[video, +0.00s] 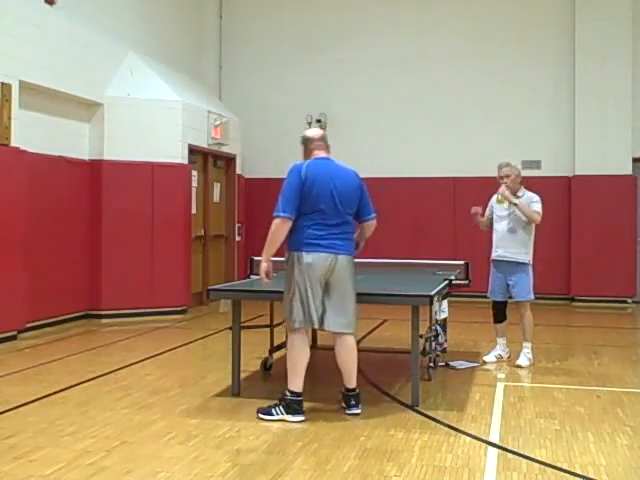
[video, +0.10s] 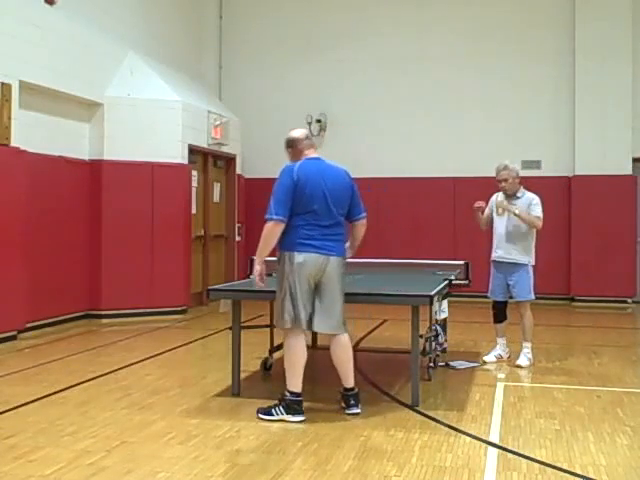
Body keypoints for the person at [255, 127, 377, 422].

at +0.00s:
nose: (302, 152)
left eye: (302, 148)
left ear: (304, 150)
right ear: (329, 148)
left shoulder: (300, 171)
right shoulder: (351, 175)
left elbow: (284, 218)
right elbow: (369, 222)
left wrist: (265, 257)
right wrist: (352, 245)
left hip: (307, 259)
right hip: (343, 260)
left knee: (299, 328)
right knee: (344, 330)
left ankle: (293, 402)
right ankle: (352, 398)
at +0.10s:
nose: (290, 158)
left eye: (288, 154)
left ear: (291, 152)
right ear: (315, 146)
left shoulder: (292, 172)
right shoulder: (342, 174)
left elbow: (277, 220)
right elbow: (360, 220)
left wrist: (259, 259)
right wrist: (351, 248)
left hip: (300, 258)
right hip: (334, 259)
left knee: (295, 329)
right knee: (337, 329)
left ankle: (292, 403)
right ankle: (351, 397)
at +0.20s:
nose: (277, 163)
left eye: (276, 159)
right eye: (276, 160)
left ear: (280, 155)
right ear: (302, 146)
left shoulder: (284, 173)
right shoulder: (333, 173)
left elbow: (270, 223)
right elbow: (351, 217)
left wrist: (252, 263)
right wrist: (339, 253)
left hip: (293, 260)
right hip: (327, 261)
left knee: (291, 329)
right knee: (330, 328)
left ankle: (292, 403)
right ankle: (348, 397)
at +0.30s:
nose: (269, 163)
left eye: (268, 159)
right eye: (268, 159)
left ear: (272, 154)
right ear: (293, 145)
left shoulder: (277, 173)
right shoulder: (326, 172)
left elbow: (265, 223)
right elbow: (342, 217)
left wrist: (247, 264)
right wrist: (327, 250)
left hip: (289, 259)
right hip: (320, 259)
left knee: (288, 329)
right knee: (321, 328)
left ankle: (292, 403)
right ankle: (338, 395)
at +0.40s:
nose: (262, 162)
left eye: (261, 158)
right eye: (261, 158)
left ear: (266, 151)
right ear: (287, 145)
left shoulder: (271, 172)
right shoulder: (319, 172)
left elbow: (259, 222)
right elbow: (334, 216)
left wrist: (243, 262)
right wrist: (318, 244)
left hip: (286, 259)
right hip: (317, 258)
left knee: (287, 331)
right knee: (311, 328)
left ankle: (292, 402)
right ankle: (322, 393)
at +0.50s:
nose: (257, 162)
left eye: (256, 158)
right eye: (256, 158)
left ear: (260, 151)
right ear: (281, 145)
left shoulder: (267, 172)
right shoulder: (312, 172)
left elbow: (255, 222)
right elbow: (325, 216)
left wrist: (240, 261)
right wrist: (307, 241)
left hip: (282, 258)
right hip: (311, 257)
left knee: (286, 331)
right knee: (301, 329)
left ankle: (292, 402)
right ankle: (302, 389)